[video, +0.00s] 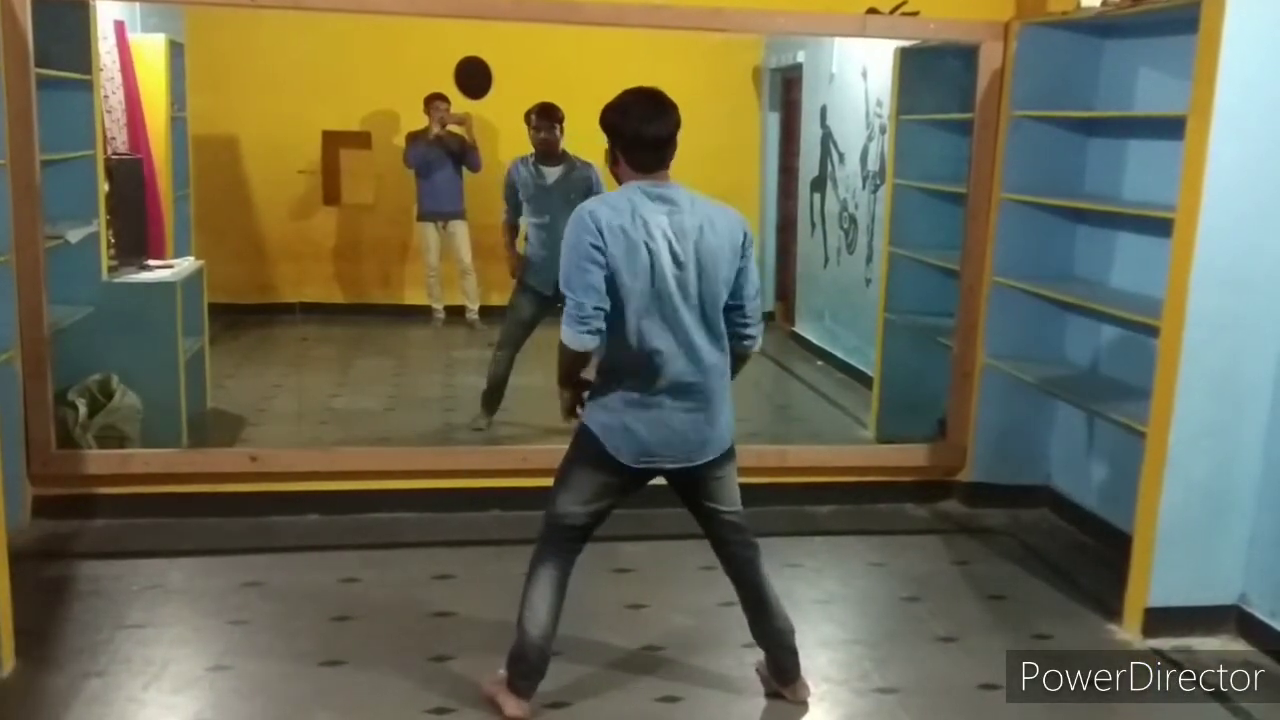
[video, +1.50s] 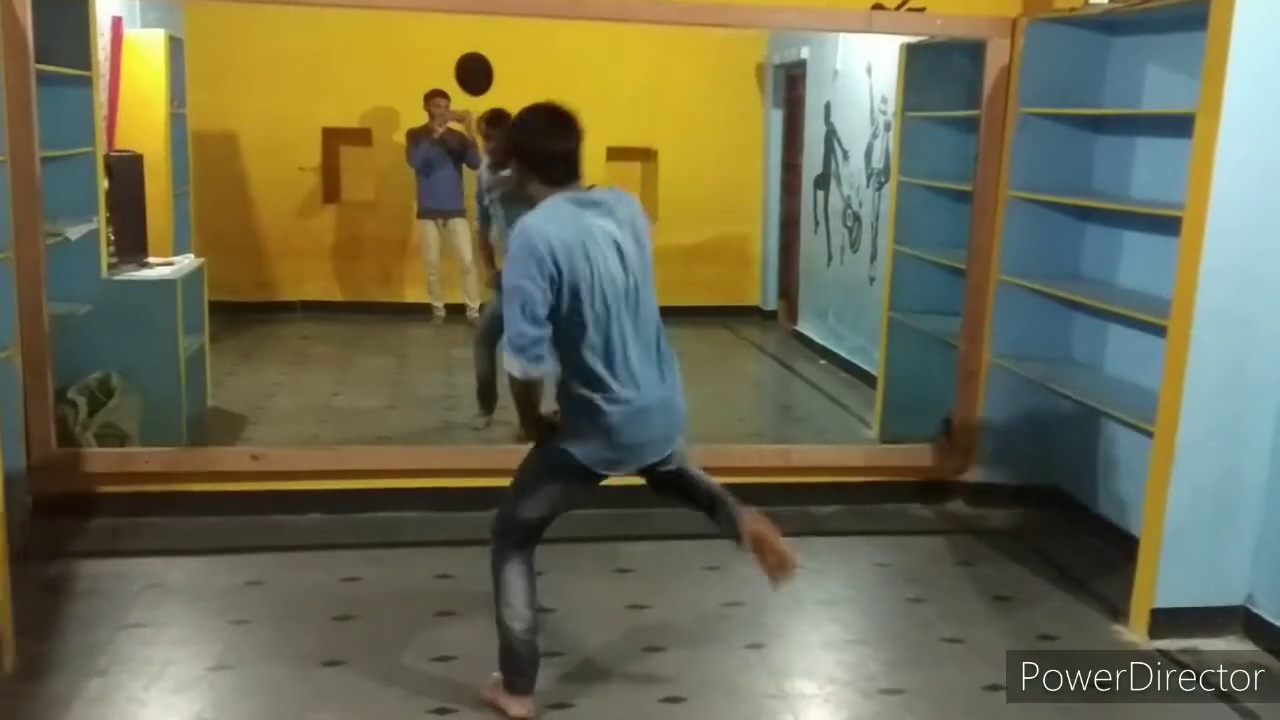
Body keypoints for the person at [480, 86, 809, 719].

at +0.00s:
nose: (607, 153)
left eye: (608, 145)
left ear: (612, 152)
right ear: (675, 148)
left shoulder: (594, 219)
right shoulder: (727, 225)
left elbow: (582, 336)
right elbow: (744, 340)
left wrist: (570, 381)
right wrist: (701, 382)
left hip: (621, 426)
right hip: (705, 426)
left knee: (557, 547)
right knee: (742, 553)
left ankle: (519, 688)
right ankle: (788, 678)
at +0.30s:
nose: (598, 158)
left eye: (600, 150)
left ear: (606, 158)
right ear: (669, 154)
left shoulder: (578, 216)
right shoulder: (710, 224)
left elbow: (541, 319)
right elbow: (743, 300)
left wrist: (567, 396)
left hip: (610, 423)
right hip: (693, 424)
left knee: (546, 544)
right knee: (741, 551)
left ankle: (519, 688)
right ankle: (790, 679)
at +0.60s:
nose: (580, 151)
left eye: (580, 143)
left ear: (588, 149)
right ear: (648, 141)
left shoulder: (566, 214)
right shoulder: (695, 197)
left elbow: (552, 334)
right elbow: (751, 222)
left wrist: (569, 406)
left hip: (608, 416)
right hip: (689, 413)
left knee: (549, 543)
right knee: (738, 543)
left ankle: (519, 686)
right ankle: (781, 678)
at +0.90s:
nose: (579, 148)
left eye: (580, 140)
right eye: (585, 139)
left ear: (590, 147)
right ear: (651, 142)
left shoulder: (569, 211)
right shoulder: (691, 199)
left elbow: (554, 336)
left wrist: (559, 404)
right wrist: (621, 178)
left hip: (608, 418)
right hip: (689, 413)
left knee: (543, 546)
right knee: (742, 539)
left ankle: (518, 693)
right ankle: (793, 679)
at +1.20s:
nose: (588, 154)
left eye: (590, 145)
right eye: (592, 145)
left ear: (598, 153)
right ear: (657, 150)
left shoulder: (581, 221)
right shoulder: (679, 209)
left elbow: (557, 338)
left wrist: (565, 405)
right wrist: (539, 216)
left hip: (617, 416)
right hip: (691, 411)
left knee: (546, 538)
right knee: (737, 543)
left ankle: (520, 687)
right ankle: (789, 683)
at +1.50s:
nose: (503, 175)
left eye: (508, 165)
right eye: (505, 164)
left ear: (525, 170)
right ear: (575, 159)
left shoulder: (533, 233)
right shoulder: (624, 207)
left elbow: (525, 355)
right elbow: (626, 296)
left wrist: (532, 425)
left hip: (598, 425)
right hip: (663, 410)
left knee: (512, 534)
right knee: (665, 471)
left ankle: (517, 687)